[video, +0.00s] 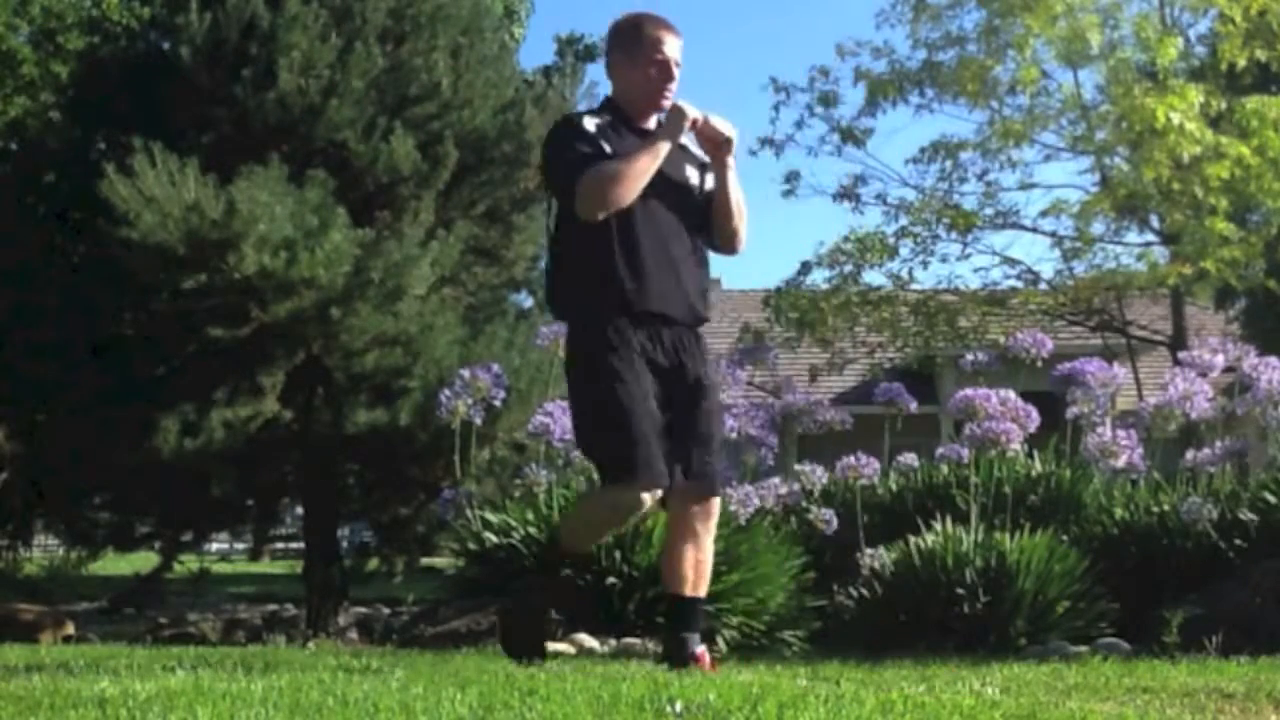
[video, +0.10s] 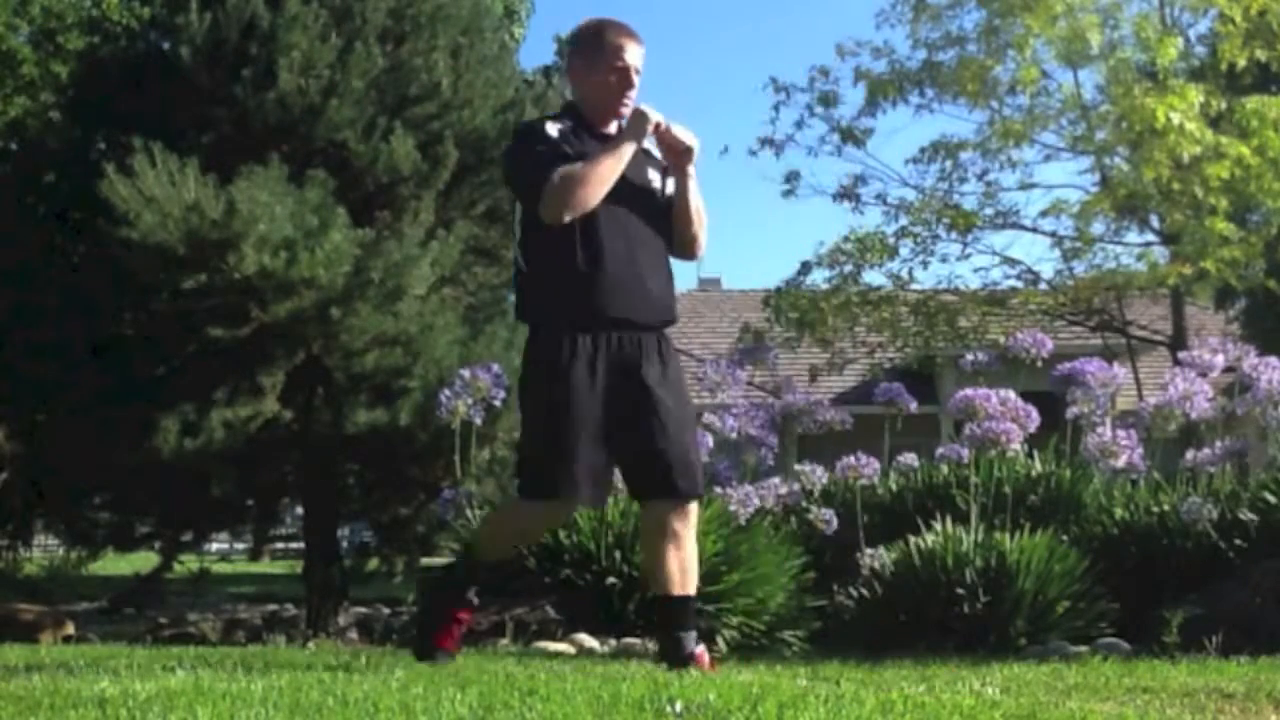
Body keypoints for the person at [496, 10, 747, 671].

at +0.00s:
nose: (669, 75)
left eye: (675, 66)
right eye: (655, 62)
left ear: (680, 75)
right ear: (616, 64)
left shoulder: (677, 154)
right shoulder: (575, 133)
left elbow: (729, 238)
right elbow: (598, 198)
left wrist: (723, 164)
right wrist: (667, 138)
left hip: (684, 338)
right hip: (611, 334)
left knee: (699, 495)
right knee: (636, 488)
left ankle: (686, 642)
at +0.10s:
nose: (630, 84)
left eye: (636, 74)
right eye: (617, 71)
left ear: (639, 80)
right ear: (575, 71)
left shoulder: (648, 156)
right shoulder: (539, 139)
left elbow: (687, 246)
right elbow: (563, 204)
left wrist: (683, 174)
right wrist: (630, 142)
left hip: (651, 346)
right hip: (569, 345)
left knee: (677, 496)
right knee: (553, 495)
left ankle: (679, 640)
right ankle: (455, 589)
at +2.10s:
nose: (447, 72)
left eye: (456, 65)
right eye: (434, 60)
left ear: (466, 74)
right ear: (396, 62)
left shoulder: (484, 139)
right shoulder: (358, 127)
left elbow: (535, 220)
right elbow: (346, 198)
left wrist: (506, 145)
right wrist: (421, 133)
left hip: (468, 336)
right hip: (374, 335)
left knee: (503, 479)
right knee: (341, 493)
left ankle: (499, 628)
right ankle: (310, 633)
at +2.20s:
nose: (460, 72)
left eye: (469, 66)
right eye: (446, 59)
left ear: (479, 78)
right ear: (407, 61)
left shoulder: (498, 139)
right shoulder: (372, 128)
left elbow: (554, 216)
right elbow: (354, 193)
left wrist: (522, 144)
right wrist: (430, 127)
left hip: (482, 336)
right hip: (392, 332)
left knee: (506, 486)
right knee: (356, 489)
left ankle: (506, 633)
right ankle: (322, 633)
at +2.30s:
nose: (472, 95)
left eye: (482, 89)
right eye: (460, 82)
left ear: (492, 101)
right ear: (424, 83)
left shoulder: (514, 169)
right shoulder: (388, 154)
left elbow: (572, 237)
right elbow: (367, 213)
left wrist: (536, 157)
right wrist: (440, 139)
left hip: (495, 363)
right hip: (404, 361)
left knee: (521, 505)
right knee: (367, 508)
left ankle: (510, 642)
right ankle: (335, 641)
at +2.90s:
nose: (459, 71)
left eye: (469, 62)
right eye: (447, 57)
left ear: (477, 71)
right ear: (409, 58)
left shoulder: (494, 136)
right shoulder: (371, 124)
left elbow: (546, 218)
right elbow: (354, 197)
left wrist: (513, 156)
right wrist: (426, 137)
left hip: (481, 330)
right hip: (392, 330)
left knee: (508, 475)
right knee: (369, 486)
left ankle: (508, 633)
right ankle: (344, 633)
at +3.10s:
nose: (456, 98)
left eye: (466, 90)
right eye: (444, 85)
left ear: (475, 101)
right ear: (408, 85)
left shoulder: (497, 168)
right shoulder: (368, 158)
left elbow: (553, 241)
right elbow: (356, 212)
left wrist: (517, 175)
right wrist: (427, 144)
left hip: (488, 366)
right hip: (395, 367)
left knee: (536, 491)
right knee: (367, 516)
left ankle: (513, 633)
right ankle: (349, 646)